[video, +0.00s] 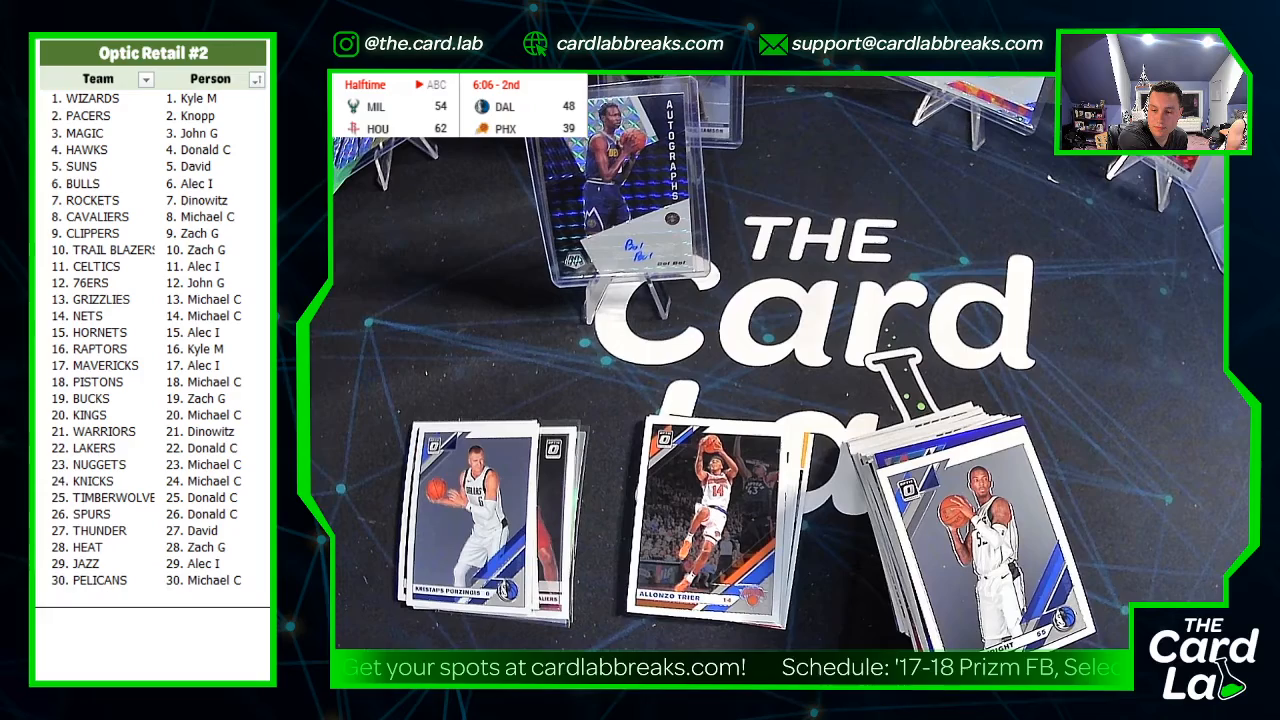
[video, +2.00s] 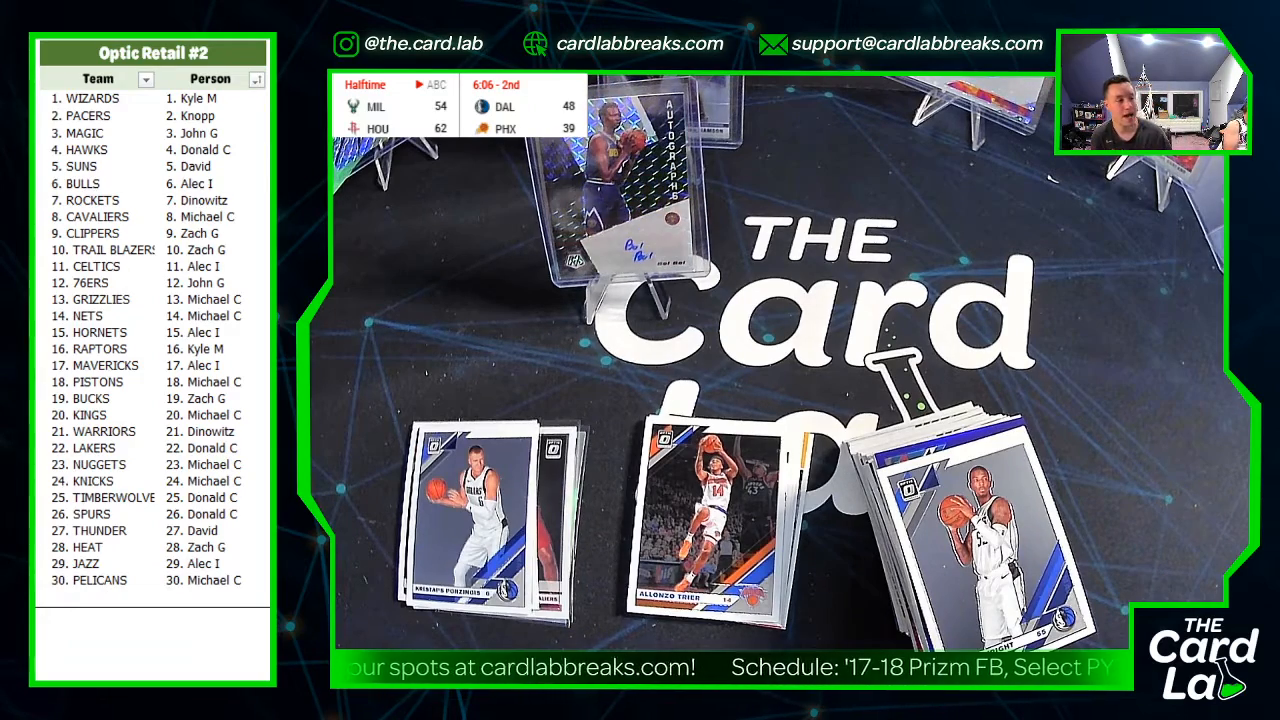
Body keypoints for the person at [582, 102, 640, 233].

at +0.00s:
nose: (618, 118)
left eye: (618, 114)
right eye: (613, 115)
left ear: (621, 116)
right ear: (603, 118)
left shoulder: (617, 142)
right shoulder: (598, 140)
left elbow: (621, 178)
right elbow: (606, 176)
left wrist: (633, 156)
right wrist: (624, 153)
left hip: (613, 189)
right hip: (597, 191)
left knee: (625, 232)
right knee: (596, 238)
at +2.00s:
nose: (618, 118)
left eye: (619, 114)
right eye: (614, 115)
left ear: (620, 116)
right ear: (604, 118)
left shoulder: (617, 141)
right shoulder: (598, 140)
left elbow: (620, 177)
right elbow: (606, 176)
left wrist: (633, 156)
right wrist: (624, 153)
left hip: (613, 189)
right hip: (596, 191)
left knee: (625, 230)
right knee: (596, 236)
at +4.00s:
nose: (617, 118)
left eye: (618, 114)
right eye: (613, 115)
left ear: (620, 117)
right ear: (603, 118)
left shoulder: (616, 141)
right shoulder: (598, 140)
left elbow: (619, 177)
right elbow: (606, 176)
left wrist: (633, 156)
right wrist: (624, 153)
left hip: (612, 190)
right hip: (596, 192)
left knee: (624, 230)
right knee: (600, 237)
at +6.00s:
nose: (615, 119)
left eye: (617, 115)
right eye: (611, 115)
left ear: (620, 118)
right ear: (602, 118)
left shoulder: (616, 141)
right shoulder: (598, 140)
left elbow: (621, 176)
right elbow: (607, 176)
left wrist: (633, 153)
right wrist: (623, 155)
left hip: (612, 187)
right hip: (595, 190)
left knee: (623, 229)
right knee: (595, 236)